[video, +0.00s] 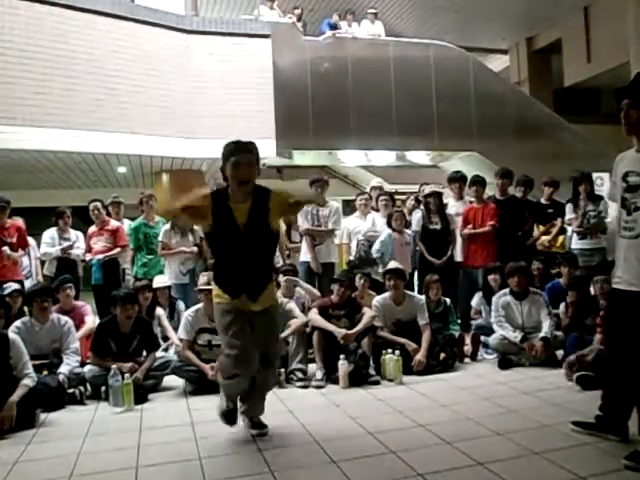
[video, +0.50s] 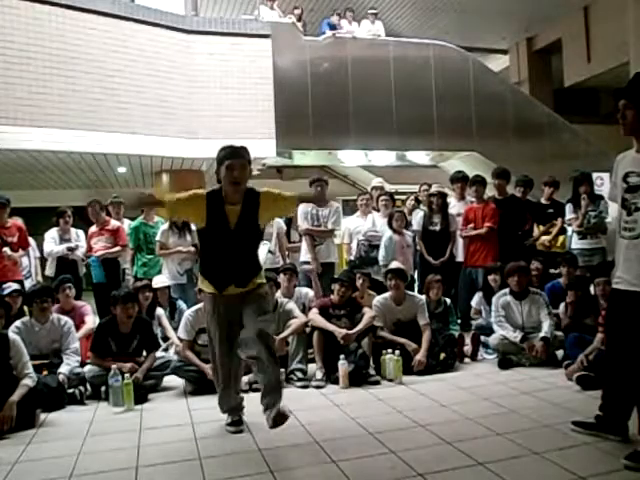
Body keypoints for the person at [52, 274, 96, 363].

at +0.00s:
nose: (68, 292)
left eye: (70, 288)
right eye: (63, 290)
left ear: (74, 291)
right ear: (57, 295)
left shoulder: (83, 307)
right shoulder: (53, 312)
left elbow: (90, 324)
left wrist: (74, 338)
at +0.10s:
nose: (68, 292)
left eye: (70, 288)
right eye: (64, 290)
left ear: (74, 291)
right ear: (57, 295)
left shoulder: (84, 307)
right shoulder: (53, 312)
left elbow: (90, 324)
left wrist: (74, 338)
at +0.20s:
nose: (68, 292)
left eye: (70, 288)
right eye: (64, 290)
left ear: (74, 291)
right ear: (57, 295)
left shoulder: (84, 307)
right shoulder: (53, 312)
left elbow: (90, 324)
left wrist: (74, 338)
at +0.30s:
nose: (68, 292)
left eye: (70, 288)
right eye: (64, 290)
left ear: (74, 291)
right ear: (57, 294)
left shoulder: (84, 307)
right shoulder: (53, 312)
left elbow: (90, 324)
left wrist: (74, 338)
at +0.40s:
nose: (67, 292)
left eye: (70, 288)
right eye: (63, 290)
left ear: (74, 291)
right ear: (57, 295)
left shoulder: (84, 307)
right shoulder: (53, 311)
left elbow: (90, 324)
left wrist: (74, 338)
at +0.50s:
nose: (67, 292)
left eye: (70, 288)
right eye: (63, 290)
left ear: (74, 291)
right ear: (57, 295)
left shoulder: (83, 307)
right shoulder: (54, 311)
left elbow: (90, 325)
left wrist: (74, 338)